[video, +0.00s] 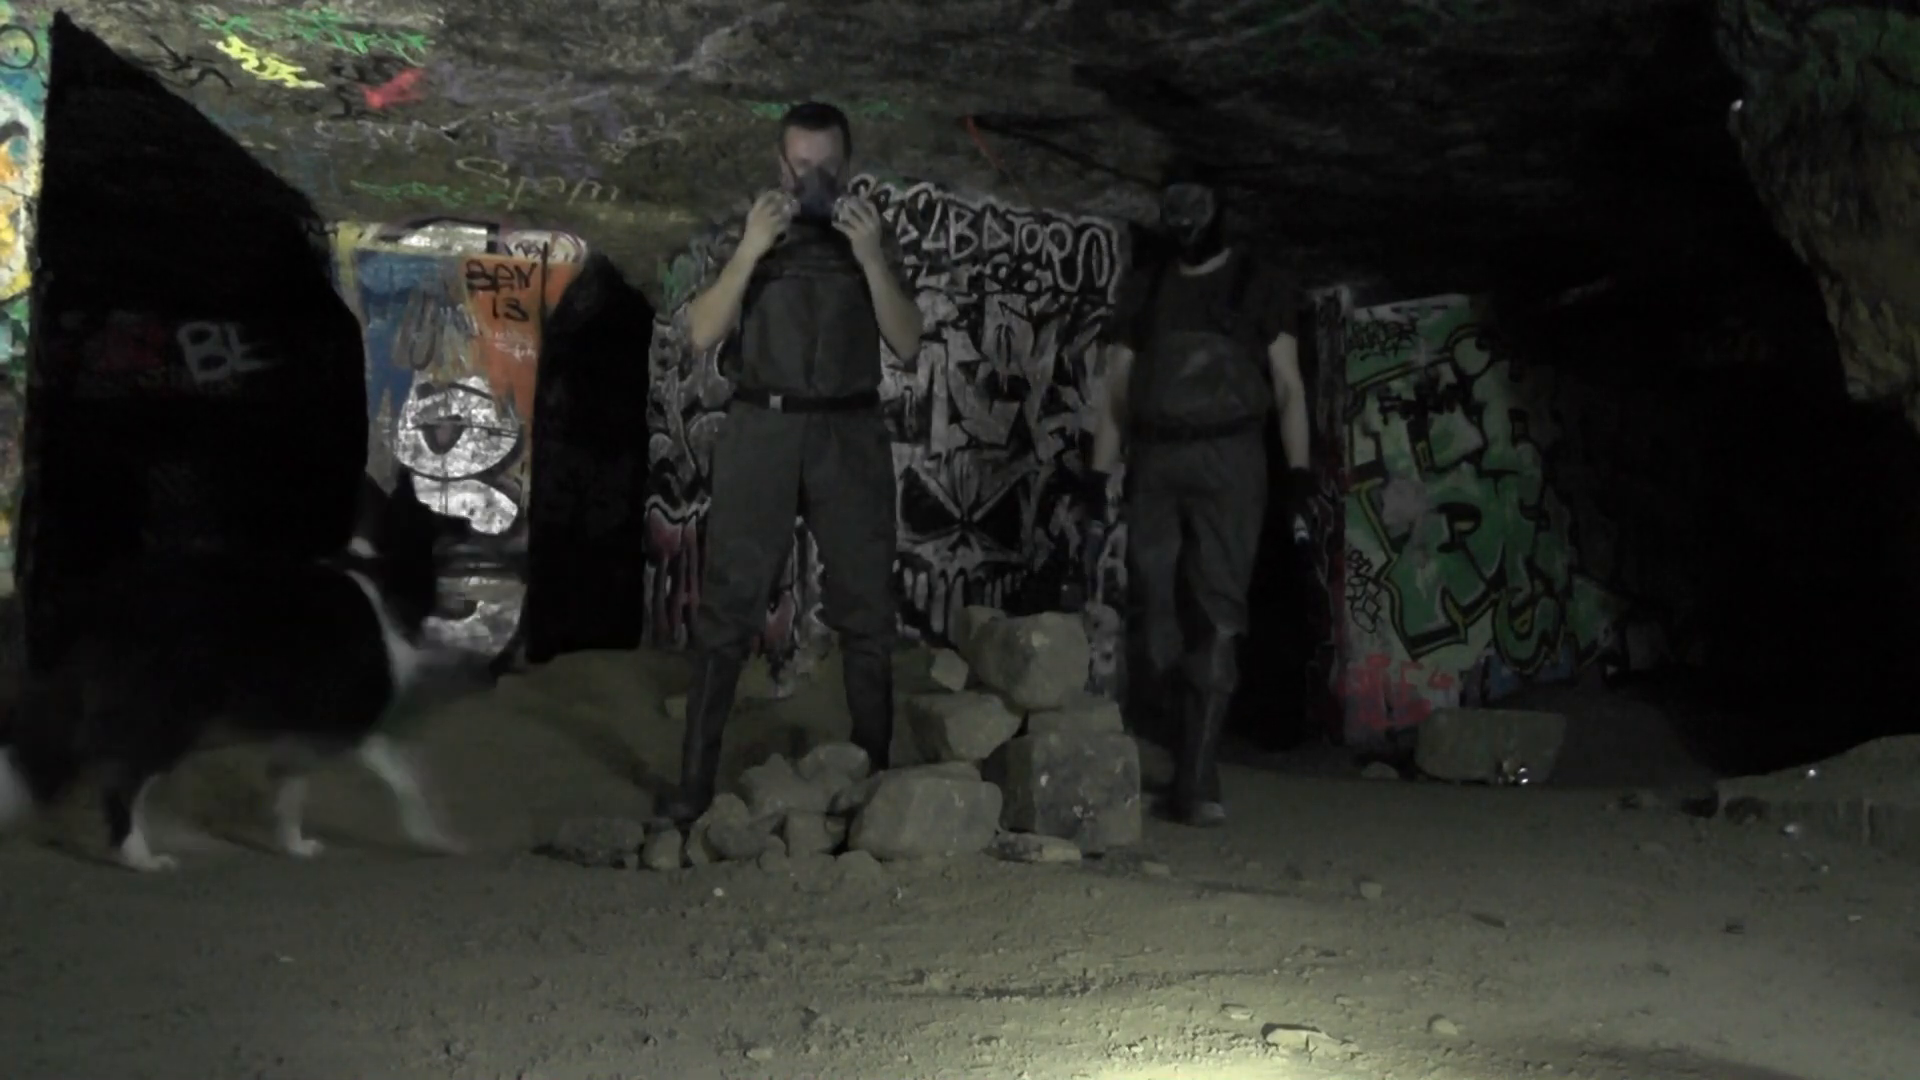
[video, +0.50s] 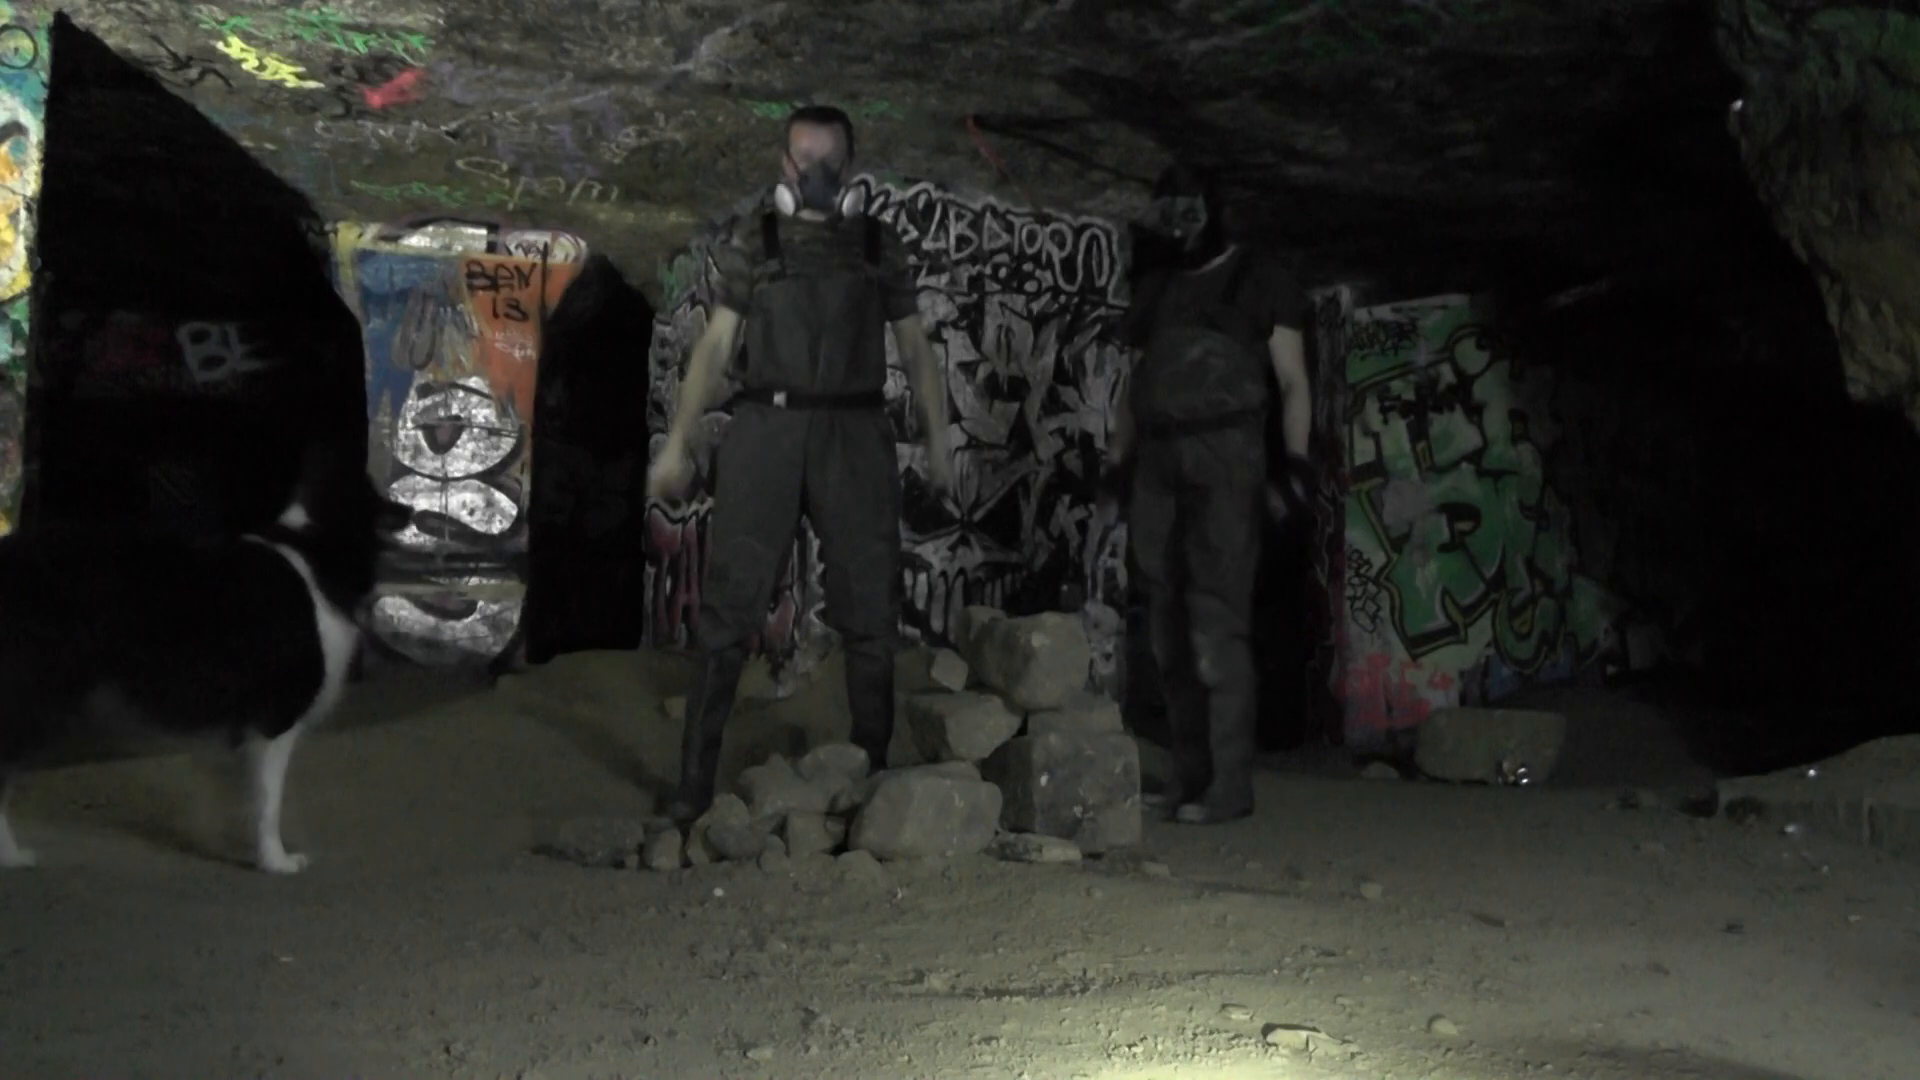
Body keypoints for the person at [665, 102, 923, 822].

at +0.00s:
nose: (809, 181)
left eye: (823, 169)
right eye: (799, 168)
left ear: (847, 166)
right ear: (780, 162)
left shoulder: (869, 238)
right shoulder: (748, 236)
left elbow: (906, 342)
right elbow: (701, 333)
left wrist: (870, 251)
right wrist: (752, 247)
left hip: (850, 444)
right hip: (760, 443)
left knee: (865, 618)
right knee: (730, 612)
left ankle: (873, 783)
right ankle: (694, 786)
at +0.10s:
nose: (810, 181)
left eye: (825, 169)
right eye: (800, 167)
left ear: (850, 168)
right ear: (782, 161)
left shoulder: (872, 239)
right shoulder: (749, 236)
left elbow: (908, 343)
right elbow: (703, 336)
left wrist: (874, 250)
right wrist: (751, 247)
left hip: (852, 445)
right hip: (761, 443)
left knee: (866, 618)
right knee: (730, 611)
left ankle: (873, 783)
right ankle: (694, 787)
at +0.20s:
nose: (815, 182)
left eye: (830, 170)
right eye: (804, 167)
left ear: (852, 168)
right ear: (784, 161)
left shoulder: (871, 237)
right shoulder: (750, 233)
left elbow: (917, 343)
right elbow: (702, 337)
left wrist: (879, 260)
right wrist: (750, 262)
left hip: (853, 445)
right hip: (762, 443)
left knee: (867, 617)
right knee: (730, 612)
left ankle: (874, 783)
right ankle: (695, 788)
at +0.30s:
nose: (815, 183)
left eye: (829, 170)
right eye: (804, 167)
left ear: (851, 168)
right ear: (784, 160)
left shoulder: (875, 239)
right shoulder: (744, 235)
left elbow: (916, 350)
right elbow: (699, 341)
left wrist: (881, 275)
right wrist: (744, 290)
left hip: (854, 441)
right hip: (763, 439)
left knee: (868, 613)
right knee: (732, 608)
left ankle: (874, 780)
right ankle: (695, 788)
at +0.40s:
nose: (815, 180)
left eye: (828, 169)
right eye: (804, 166)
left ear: (849, 167)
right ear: (785, 160)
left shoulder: (876, 240)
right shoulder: (750, 236)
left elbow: (918, 341)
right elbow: (709, 335)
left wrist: (930, 429)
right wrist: (694, 431)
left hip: (854, 442)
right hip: (762, 440)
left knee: (869, 613)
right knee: (731, 607)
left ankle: (873, 777)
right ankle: (694, 785)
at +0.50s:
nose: (820, 180)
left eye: (833, 168)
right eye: (808, 166)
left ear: (852, 167)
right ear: (785, 161)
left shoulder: (878, 242)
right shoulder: (749, 238)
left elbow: (916, 349)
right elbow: (714, 348)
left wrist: (939, 444)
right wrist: (676, 444)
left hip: (856, 446)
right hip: (764, 444)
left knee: (869, 618)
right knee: (731, 612)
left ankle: (873, 780)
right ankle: (694, 789)